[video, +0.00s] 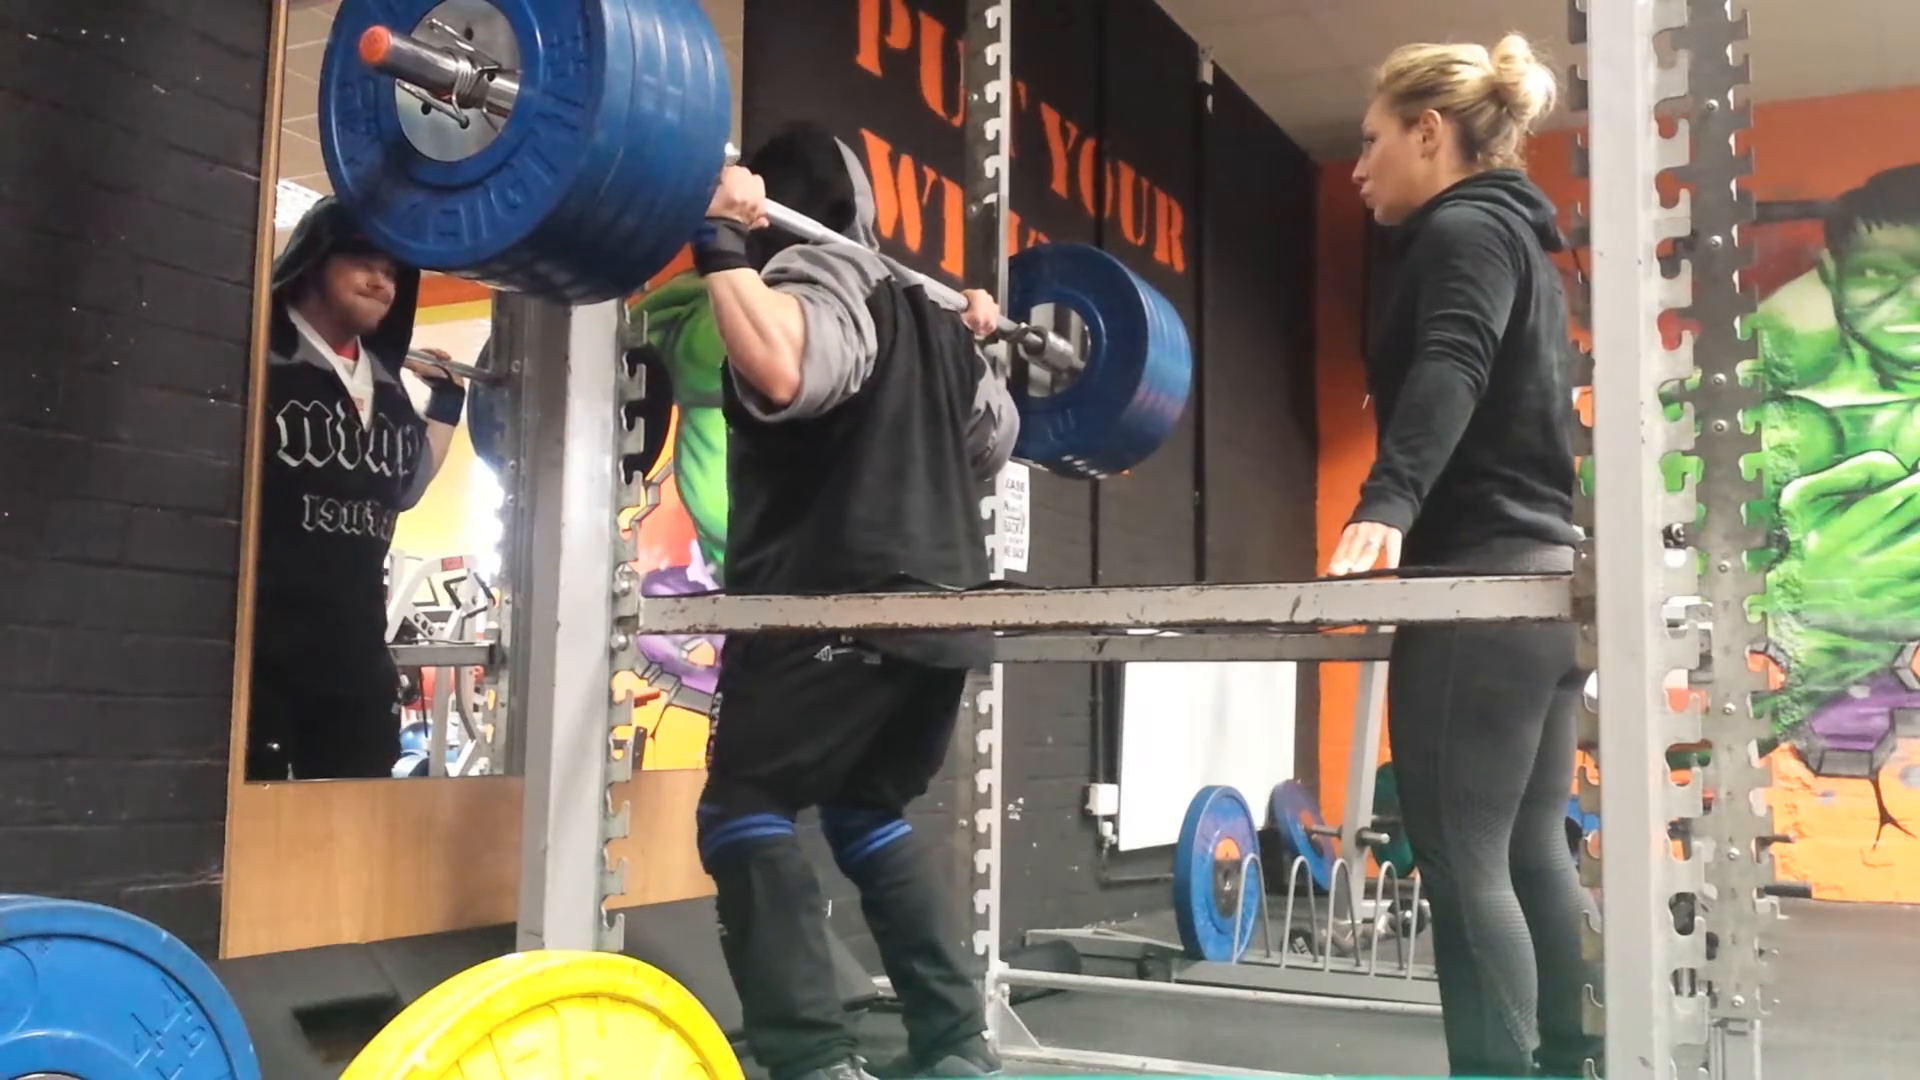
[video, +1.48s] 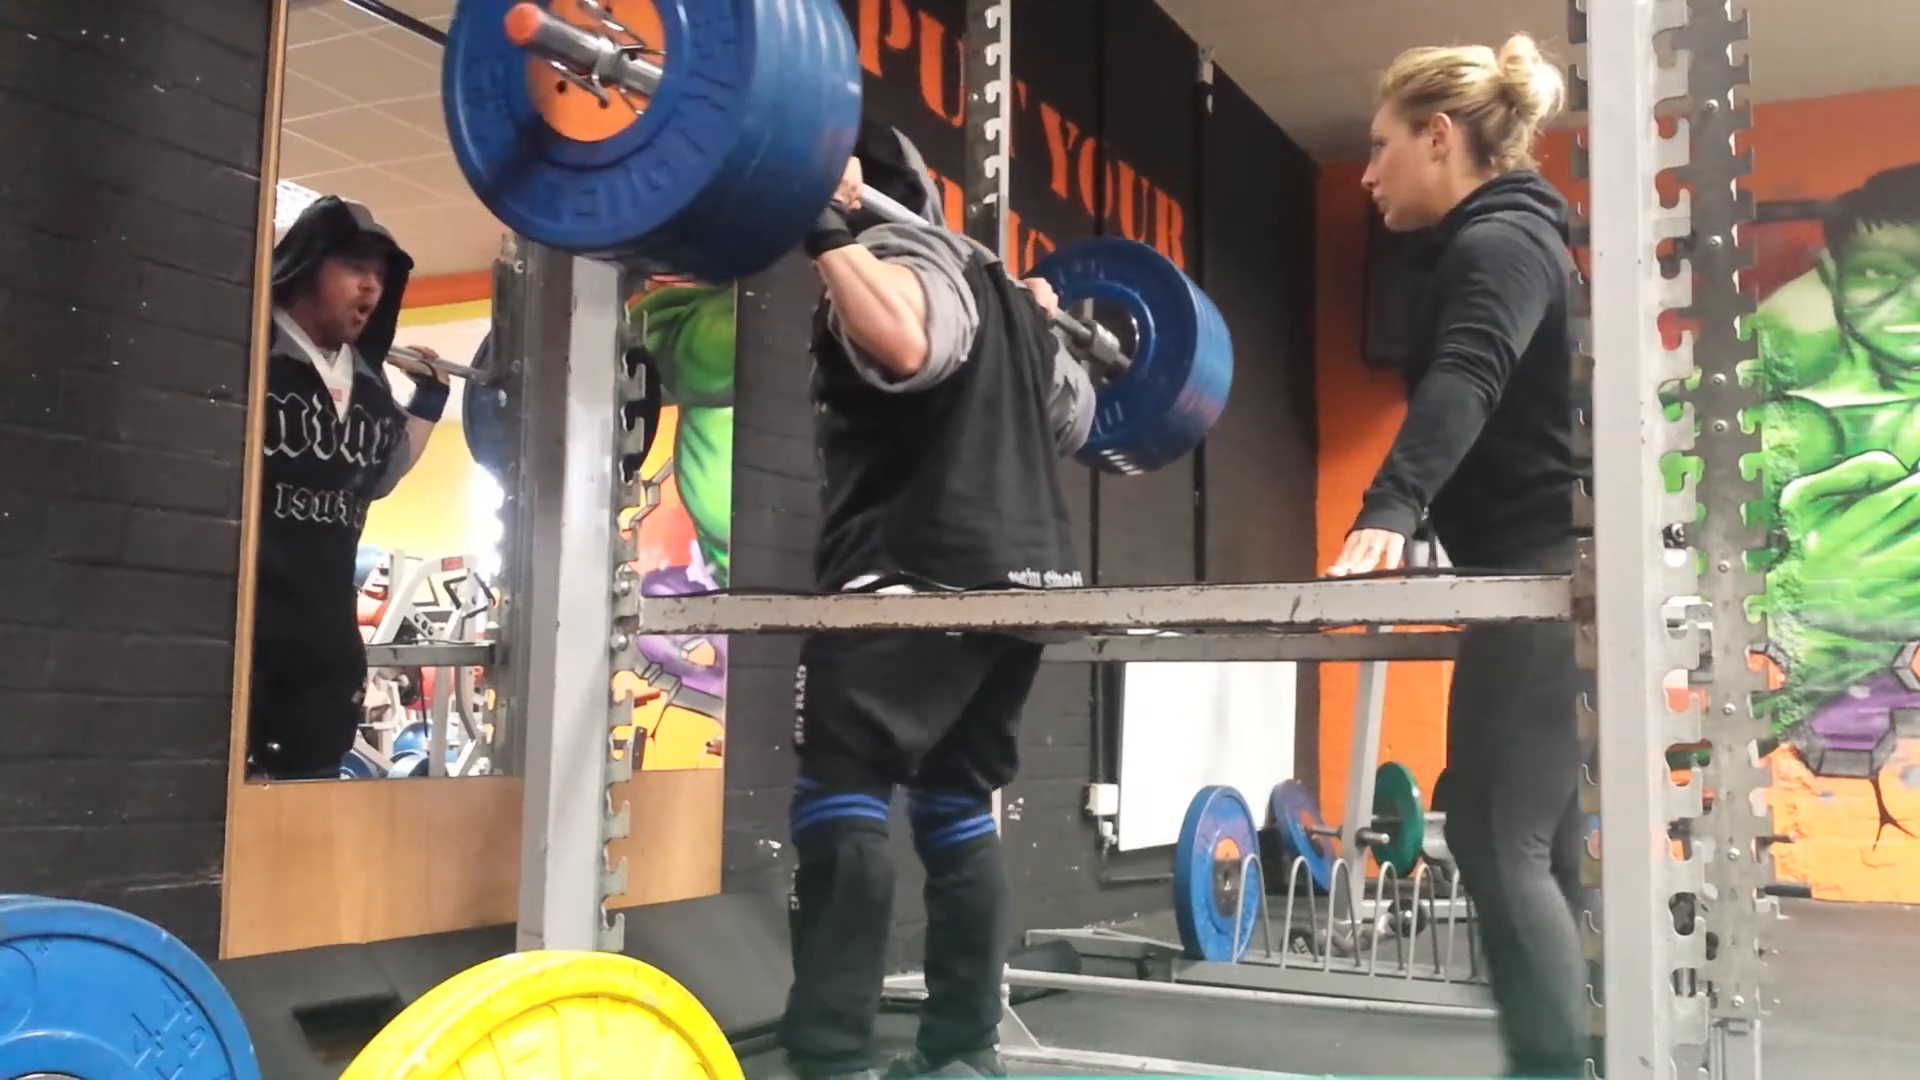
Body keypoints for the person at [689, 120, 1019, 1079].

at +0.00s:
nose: (751, 222)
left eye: (758, 205)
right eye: (750, 202)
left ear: (781, 207)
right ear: (859, 205)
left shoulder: (809, 275)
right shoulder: (928, 303)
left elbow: (783, 370)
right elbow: (991, 445)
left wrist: (719, 244)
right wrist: (983, 344)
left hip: (823, 607)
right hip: (947, 611)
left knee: (746, 807)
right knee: (867, 809)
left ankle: (803, 1050)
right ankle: (952, 1046)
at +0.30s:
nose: (746, 227)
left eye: (752, 207)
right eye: (741, 206)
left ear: (783, 204)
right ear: (851, 198)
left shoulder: (819, 261)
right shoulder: (928, 291)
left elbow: (808, 356)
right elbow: (1008, 423)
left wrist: (728, 240)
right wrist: (988, 338)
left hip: (840, 590)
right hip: (959, 588)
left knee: (775, 798)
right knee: (903, 801)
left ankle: (804, 1044)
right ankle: (955, 1044)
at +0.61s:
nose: (750, 220)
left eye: (756, 199)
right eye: (746, 200)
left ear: (786, 193)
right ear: (860, 189)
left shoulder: (826, 248)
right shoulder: (934, 280)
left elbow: (816, 340)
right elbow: (1013, 412)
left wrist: (739, 221)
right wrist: (989, 325)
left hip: (848, 571)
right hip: (967, 569)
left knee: (809, 790)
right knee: (921, 790)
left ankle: (810, 1040)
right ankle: (958, 1040)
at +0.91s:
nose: (764, 216)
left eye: (773, 194)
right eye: (763, 194)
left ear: (802, 187)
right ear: (871, 182)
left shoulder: (842, 241)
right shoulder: (952, 274)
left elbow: (840, 335)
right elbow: (1026, 408)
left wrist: (763, 212)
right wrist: (1009, 320)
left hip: (871, 568)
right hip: (986, 567)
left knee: (833, 797)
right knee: (940, 799)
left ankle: (817, 1050)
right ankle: (964, 1046)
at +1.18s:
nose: (786, 205)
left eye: (792, 186)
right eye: (786, 186)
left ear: (823, 184)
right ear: (886, 183)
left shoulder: (865, 241)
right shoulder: (972, 276)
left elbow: (869, 338)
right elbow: (1046, 407)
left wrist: (788, 217)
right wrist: (1034, 326)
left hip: (891, 568)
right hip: (1002, 566)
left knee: (845, 793)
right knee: (945, 798)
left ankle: (819, 1047)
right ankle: (963, 1044)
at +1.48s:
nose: (818, 204)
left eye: (822, 185)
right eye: (822, 185)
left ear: (853, 188)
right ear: (913, 183)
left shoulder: (897, 249)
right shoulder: (997, 279)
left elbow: (904, 342)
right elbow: (1075, 406)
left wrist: (825, 221)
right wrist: (1057, 325)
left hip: (912, 570)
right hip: (1025, 569)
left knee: (844, 786)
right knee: (957, 796)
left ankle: (827, 1048)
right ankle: (961, 1050)